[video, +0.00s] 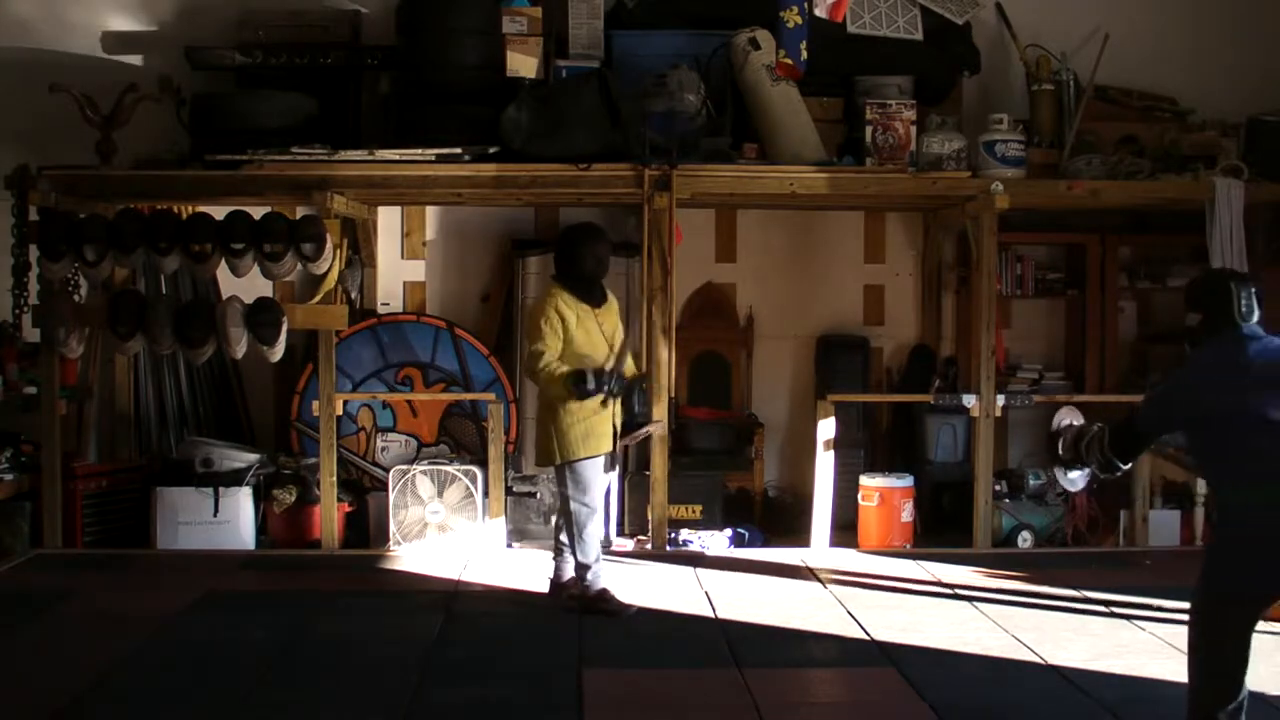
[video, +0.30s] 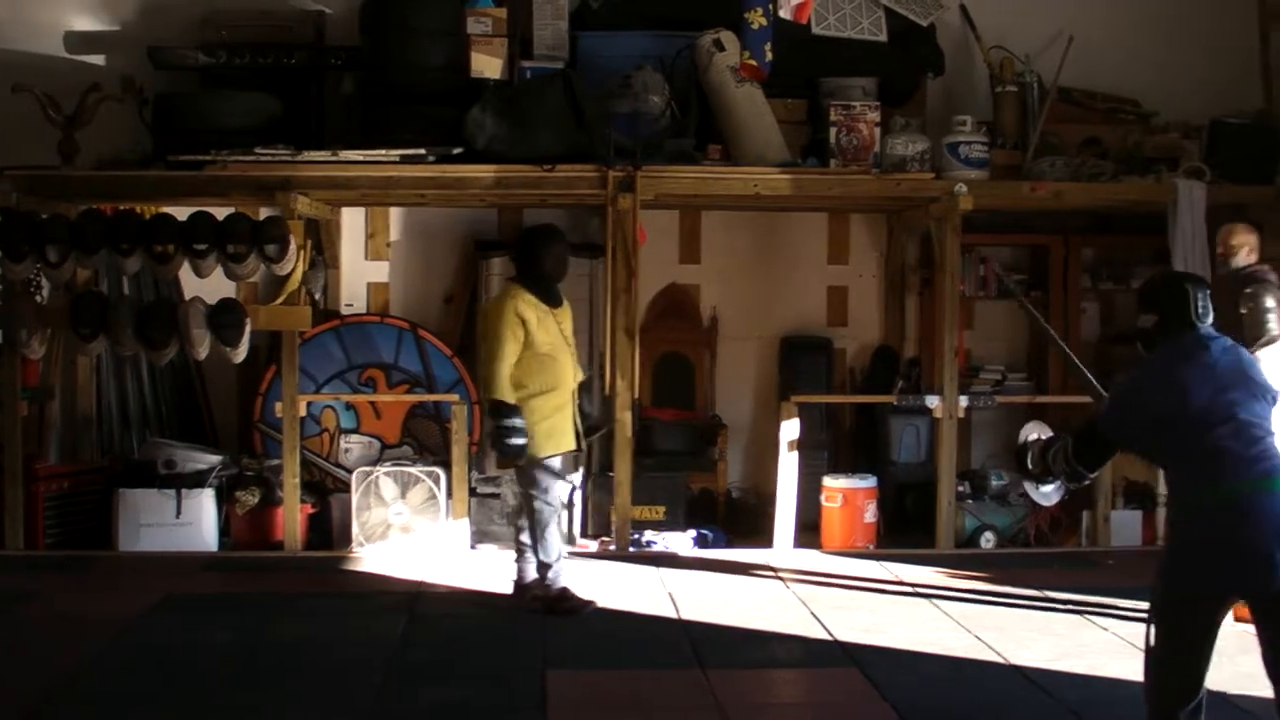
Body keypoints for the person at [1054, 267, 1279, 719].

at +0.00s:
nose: (1185, 323)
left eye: (1190, 313)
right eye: (1189, 313)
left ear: (1201, 317)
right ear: (1250, 309)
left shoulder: (1201, 373)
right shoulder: (1274, 353)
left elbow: (1121, 444)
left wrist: (1075, 436)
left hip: (1252, 533)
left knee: (1216, 633)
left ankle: (1216, 710)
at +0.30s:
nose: (1138, 327)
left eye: (1143, 316)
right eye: (1141, 316)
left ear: (1156, 319)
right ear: (1204, 313)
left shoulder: (1148, 382)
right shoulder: (1242, 360)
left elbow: (1080, 457)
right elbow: (1266, 402)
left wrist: (1040, 452)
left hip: (1204, 536)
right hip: (1272, 528)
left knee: (1174, 681)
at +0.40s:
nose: (1111, 326)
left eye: (1116, 316)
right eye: (1112, 315)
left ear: (1128, 320)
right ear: (1175, 314)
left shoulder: (1122, 380)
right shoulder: (1216, 361)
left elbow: (1059, 459)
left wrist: (1017, 454)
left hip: (1181, 534)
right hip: (1257, 525)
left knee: (1144, 679)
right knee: (1268, 677)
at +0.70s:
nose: (1120, 340)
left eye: (1124, 327)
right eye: (1120, 327)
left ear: (1141, 329)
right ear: (1185, 320)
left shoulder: (1151, 383)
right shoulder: (1228, 366)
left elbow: (1080, 463)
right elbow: (1176, 442)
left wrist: (1038, 447)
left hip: (1205, 556)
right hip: (1271, 549)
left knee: (1129, 698)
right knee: (1260, 694)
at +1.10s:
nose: (1102, 325)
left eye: (1106, 315)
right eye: (1103, 315)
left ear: (1117, 319)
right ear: (1166, 314)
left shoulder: (1123, 376)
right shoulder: (1196, 365)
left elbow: (1057, 461)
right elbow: (1147, 436)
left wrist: (1022, 429)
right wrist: (1080, 409)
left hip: (1172, 547)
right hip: (1235, 543)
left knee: (1106, 674)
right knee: (1202, 678)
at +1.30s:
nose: (1045, 322)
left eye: (1051, 312)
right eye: (1048, 312)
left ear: (1061, 316)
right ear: (1109, 314)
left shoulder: (1062, 376)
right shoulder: (1137, 366)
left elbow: (999, 457)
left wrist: (974, 422)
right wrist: (1011, 410)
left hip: (1114, 553)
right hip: (1178, 544)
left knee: (1060, 689)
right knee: (1162, 684)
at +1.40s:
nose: (1010, 327)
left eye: (1015, 316)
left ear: (1026, 320)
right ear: (1076, 312)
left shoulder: (1028, 377)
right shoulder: (1104, 363)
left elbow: (962, 456)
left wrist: (933, 419)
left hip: (1084, 551)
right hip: (1148, 544)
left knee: (1039, 687)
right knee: (1140, 682)